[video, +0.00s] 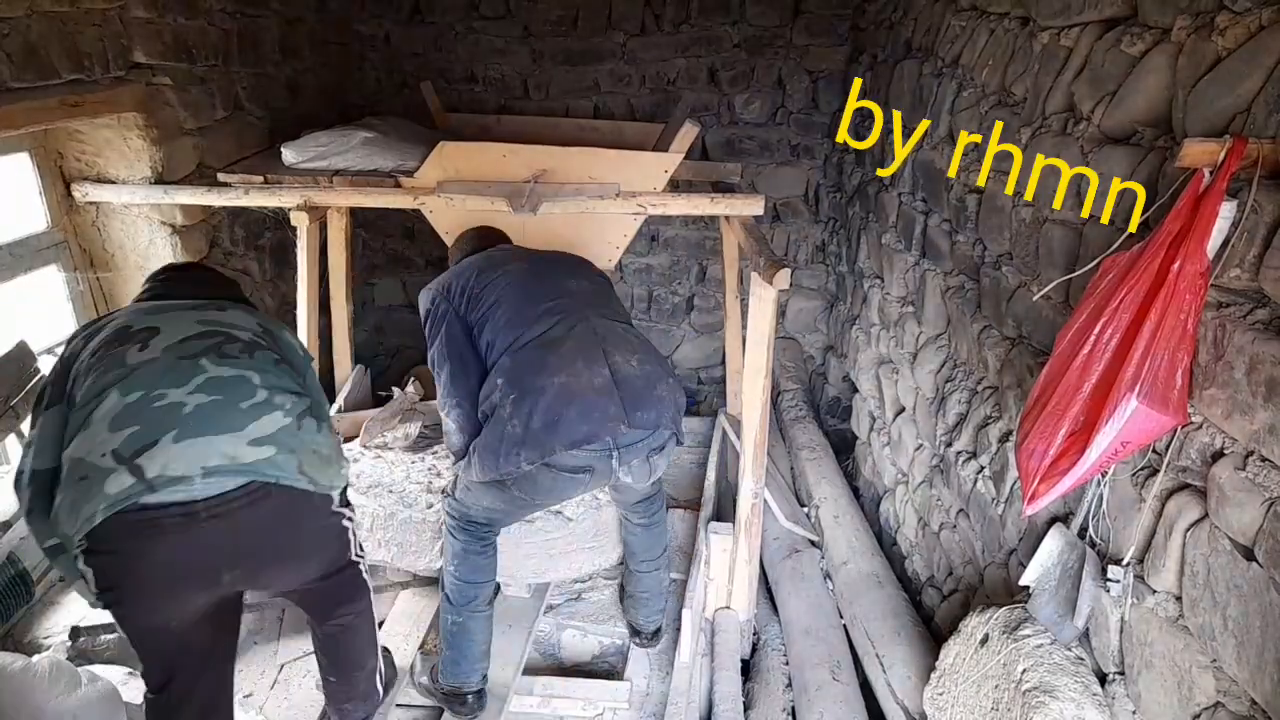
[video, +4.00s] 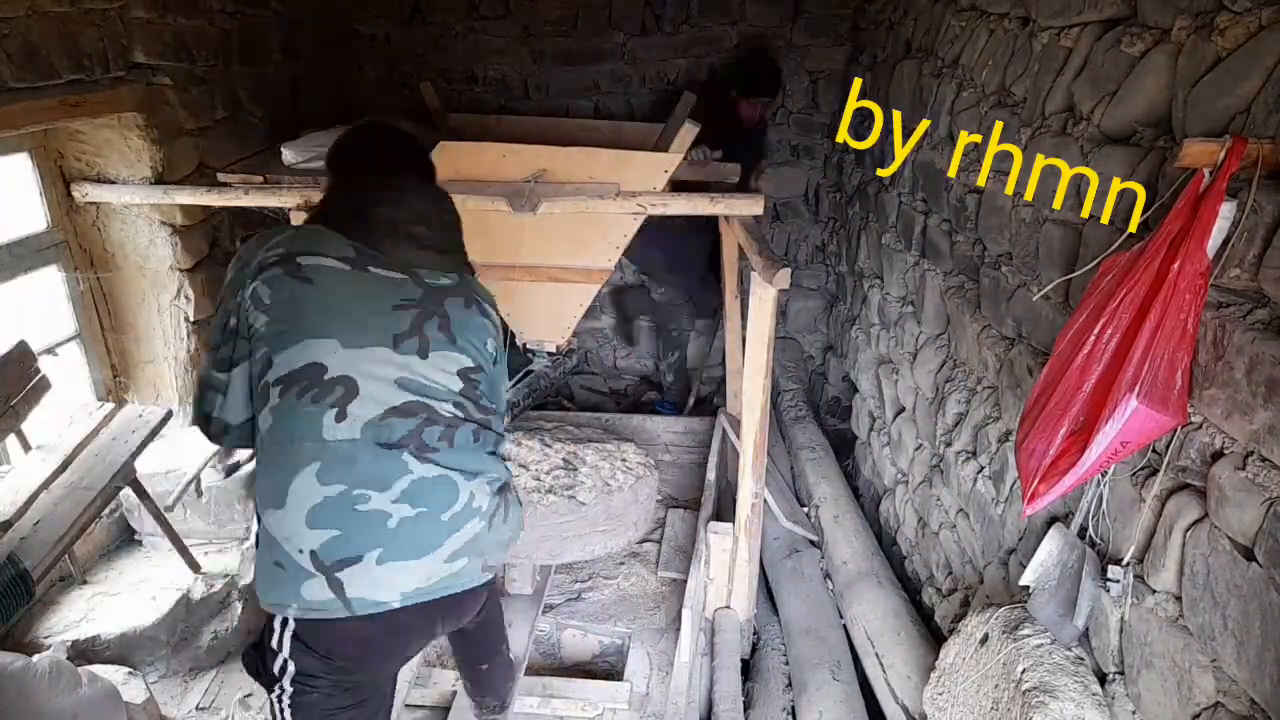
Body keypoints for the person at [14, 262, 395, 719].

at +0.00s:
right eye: (247, 300)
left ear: (145, 298)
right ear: (234, 298)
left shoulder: (89, 340)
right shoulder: (265, 327)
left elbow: (34, 488)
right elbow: (321, 428)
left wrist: (94, 578)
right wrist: (333, 504)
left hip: (139, 548)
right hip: (282, 515)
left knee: (181, 691)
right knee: (335, 589)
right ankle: (356, 701)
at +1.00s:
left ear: (121, 240)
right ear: (224, 241)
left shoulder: (29, 305)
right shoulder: (264, 300)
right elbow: (308, 437)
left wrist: (14, 560)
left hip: (97, 597)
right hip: (251, 557)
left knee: (184, 709)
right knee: (356, 572)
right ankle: (365, 712)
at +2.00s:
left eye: (265, 336)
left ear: (273, 330)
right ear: (345, 308)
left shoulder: (259, 371)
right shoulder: (434, 336)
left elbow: (230, 506)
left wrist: (342, 546)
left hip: (427, 591)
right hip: (552, 552)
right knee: (522, 647)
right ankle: (521, 710)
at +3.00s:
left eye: (279, 221)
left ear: (288, 224)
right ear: (372, 211)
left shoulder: (257, 288)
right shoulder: (433, 280)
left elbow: (205, 414)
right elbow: (492, 361)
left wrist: (287, 487)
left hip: (356, 553)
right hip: (470, 530)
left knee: (340, 709)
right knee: (416, 606)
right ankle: (433, 707)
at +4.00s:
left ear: (333, 186)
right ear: (428, 190)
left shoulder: (268, 264)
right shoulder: (470, 291)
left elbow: (226, 422)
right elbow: (491, 419)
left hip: (337, 608)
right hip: (469, 575)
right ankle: (494, 699)